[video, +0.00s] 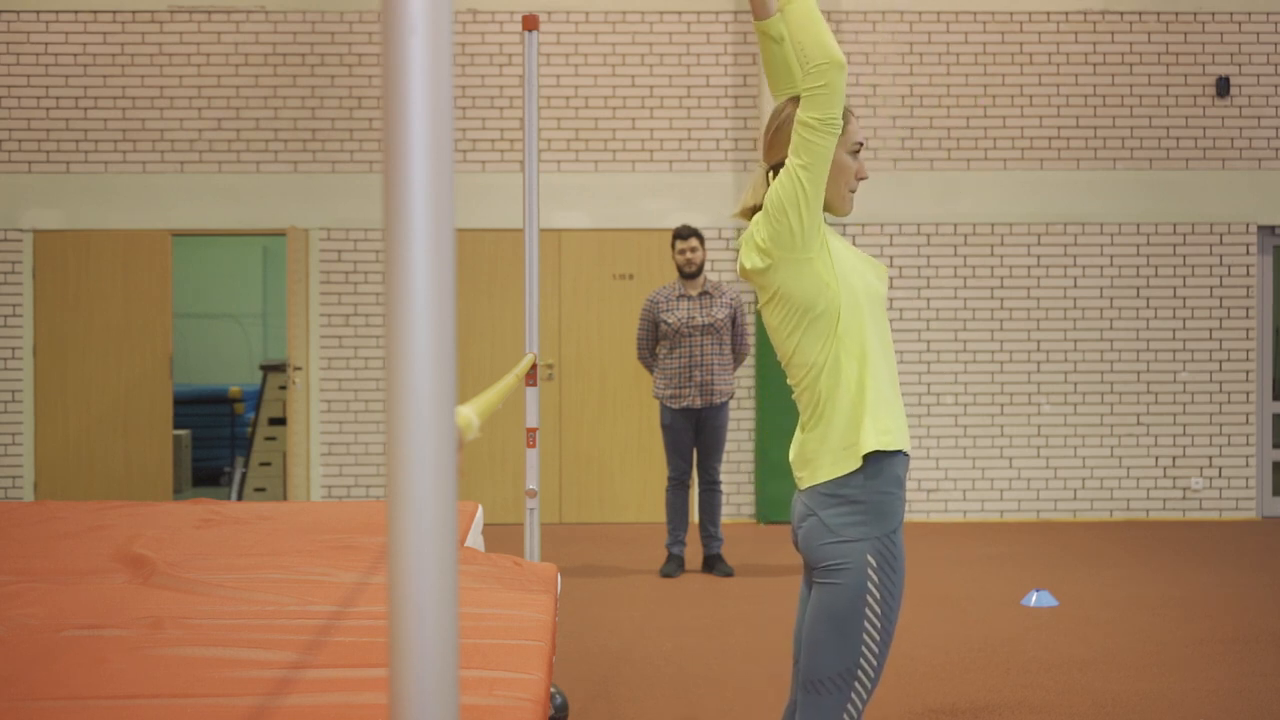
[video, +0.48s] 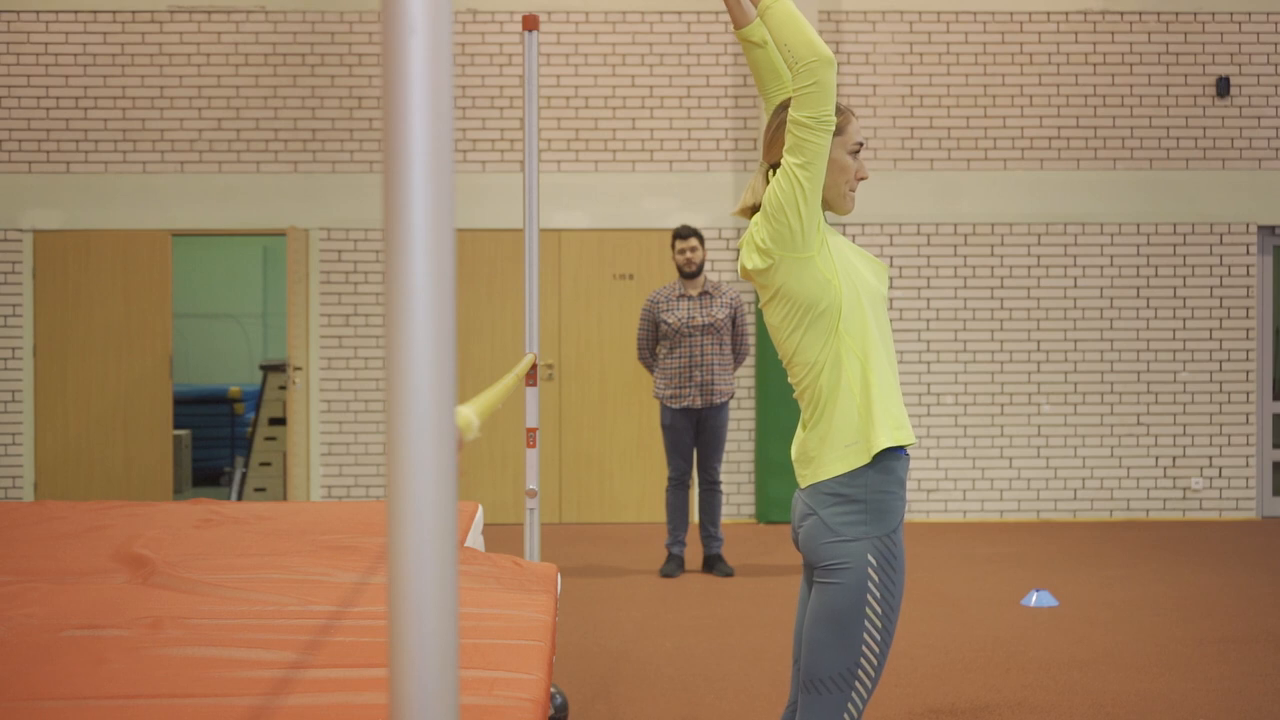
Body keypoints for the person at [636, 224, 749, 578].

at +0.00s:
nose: (688, 256)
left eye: (693, 250)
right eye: (681, 251)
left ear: (704, 253)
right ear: (673, 257)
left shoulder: (728, 297)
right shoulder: (658, 300)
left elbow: (741, 347)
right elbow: (644, 351)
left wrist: (718, 372)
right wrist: (670, 376)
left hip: (715, 402)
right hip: (675, 403)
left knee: (710, 479)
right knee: (678, 478)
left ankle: (713, 553)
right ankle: (675, 553)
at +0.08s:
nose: (688, 256)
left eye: (693, 250)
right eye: (681, 251)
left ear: (704, 253)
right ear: (673, 256)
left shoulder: (728, 297)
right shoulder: (658, 300)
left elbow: (742, 347)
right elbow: (644, 351)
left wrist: (719, 372)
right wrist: (670, 377)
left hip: (716, 402)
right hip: (675, 403)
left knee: (710, 479)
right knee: (678, 478)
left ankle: (713, 553)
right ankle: (675, 553)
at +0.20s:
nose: (688, 256)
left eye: (693, 250)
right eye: (681, 251)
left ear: (704, 253)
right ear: (673, 256)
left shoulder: (728, 297)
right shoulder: (658, 300)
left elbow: (742, 346)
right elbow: (644, 351)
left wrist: (719, 372)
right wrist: (670, 376)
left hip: (716, 402)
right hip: (675, 403)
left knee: (710, 479)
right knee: (678, 478)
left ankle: (713, 553)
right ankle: (675, 553)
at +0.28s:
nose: (688, 256)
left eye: (693, 250)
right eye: (681, 251)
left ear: (704, 253)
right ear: (673, 256)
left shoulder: (728, 297)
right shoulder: (658, 300)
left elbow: (742, 347)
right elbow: (644, 351)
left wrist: (719, 372)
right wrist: (670, 376)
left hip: (716, 402)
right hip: (675, 403)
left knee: (710, 479)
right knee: (678, 478)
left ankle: (713, 553)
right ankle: (675, 553)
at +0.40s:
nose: (687, 256)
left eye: (693, 250)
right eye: (681, 251)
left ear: (704, 253)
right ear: (673, 257)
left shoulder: (729, 297)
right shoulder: (658, 300)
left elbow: (742, 348)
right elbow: (645, 351)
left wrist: (718, 373)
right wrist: (670, 376)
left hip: (716, 402)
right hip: (675, 403)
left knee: (710, 479)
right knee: (678, 478)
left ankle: (713, 553)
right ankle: (675, 553)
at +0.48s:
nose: (687, 256)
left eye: (693, 250)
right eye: (681, 251)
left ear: (704, 253)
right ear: (673, 257)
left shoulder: (729, 297)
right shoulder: (659, 300)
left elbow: (742, 348)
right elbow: (645, 351)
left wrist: (718, 373)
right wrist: (670, 377)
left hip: (716, 402)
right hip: (675, 403)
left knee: (710, 479)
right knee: (678, 477)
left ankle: (713, 553)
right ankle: (675, 552)